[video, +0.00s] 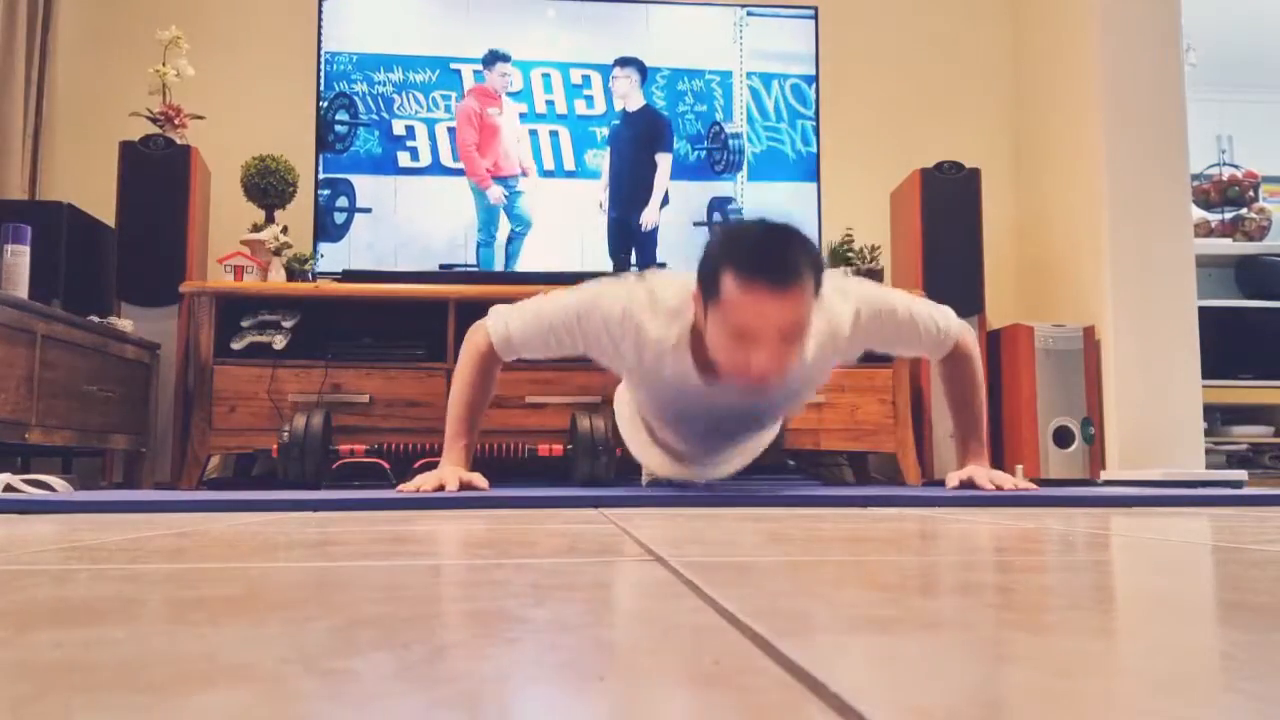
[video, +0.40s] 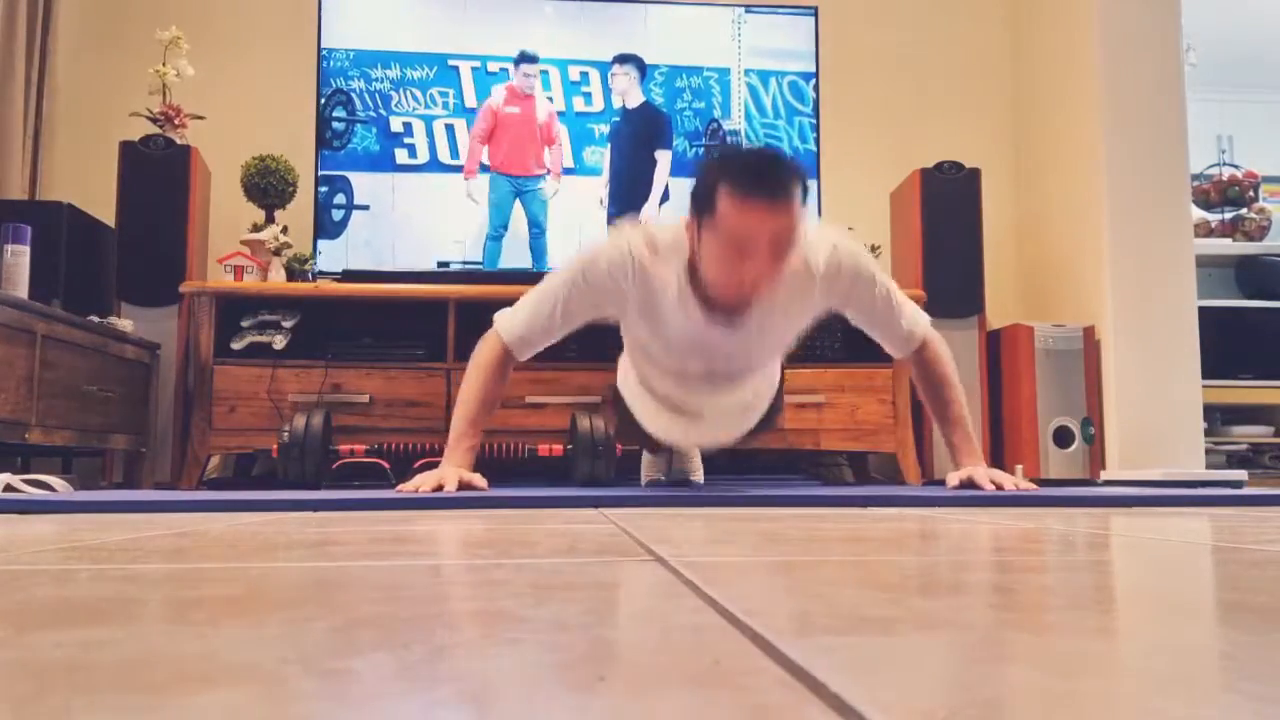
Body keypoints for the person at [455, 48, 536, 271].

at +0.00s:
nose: (508, 81)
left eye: (510, 75)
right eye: (502, 75)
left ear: (511, 76)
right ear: (487, 74)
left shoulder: (508, 104)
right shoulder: (470, 105)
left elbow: (517, 140)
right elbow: (466, 150)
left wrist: (526, 165)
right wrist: (488, 186)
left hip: (511, 179)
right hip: (486, 181)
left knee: (523, 222)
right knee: (487, 235)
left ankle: (510, 274)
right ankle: (487, 284)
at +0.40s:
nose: (531, 81)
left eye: (535, 76)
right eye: (526, 75)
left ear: (539, 76)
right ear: (514, 73)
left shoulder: (544, 107)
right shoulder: (496, 103)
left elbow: (555, 144)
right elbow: (477, 139)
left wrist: (555, 177)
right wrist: (470, 176)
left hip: (535, 179)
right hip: (503, 178)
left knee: (539, 230)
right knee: (497, 230)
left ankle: (541, 277)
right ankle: (489, 278)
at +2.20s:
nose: (529, 67)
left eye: (531, 62)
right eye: (524, 62)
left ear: (533, 65)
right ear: (509, 63)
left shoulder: (539, 96)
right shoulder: (491, 96)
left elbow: (559, 129)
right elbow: (475, 132)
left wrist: (553, 144)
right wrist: (471, 169)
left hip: (534, 171)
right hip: (503, 171)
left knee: (532, 224)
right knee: (500, 224)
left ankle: (535, 271)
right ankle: (491, 270)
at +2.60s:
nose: (528, 70)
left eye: (530, 65)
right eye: (523, 65)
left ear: (532, 66)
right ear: (508, 64)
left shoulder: (536, 95)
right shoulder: (491, 95)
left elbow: (560, 125)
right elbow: (474, 132)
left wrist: (557, 127)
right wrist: (491, 159)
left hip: (536, 169)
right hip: (507, 169)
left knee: (532, 223)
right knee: (501, 223)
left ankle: (535, 270)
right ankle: (490, 268)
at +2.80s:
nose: (528, 70)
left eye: (530, 65)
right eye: (523, 65)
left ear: (532, 65)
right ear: (508, 64)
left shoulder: (537, 93)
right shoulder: (491, 94)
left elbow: (549, 120)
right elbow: (476, 131)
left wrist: (561, 134)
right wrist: (514, 130)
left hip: (536, 167)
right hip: (507, 168)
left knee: (533, 221)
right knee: (501, 221)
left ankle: (536, 268)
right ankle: (491, 265)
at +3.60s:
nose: (548, 74)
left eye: (550, 68)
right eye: (544, 68)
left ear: (552, 67)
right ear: (527, 66)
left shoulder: (554, 93)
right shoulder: (510, 95)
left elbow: (574, 106)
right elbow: (501, 134)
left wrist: (588, 112)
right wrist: (538, 147)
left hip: (544, 168)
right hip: (517, 167)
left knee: (538, 217)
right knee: (508, 216)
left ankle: (539, 264)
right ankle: (496, 260)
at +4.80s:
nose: (526, 58)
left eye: (526, 54)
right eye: (520, 55)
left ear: (528, 56)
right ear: (506, 58)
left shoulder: (534, 88)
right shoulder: (494, 87)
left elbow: (556, 118)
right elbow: (480, 120)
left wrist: (552, 112)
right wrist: (512, 135)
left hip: (537, 157)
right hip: (509, 158)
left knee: (540, 209)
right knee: (509, 208)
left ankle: (548, 254)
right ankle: (506, 254)